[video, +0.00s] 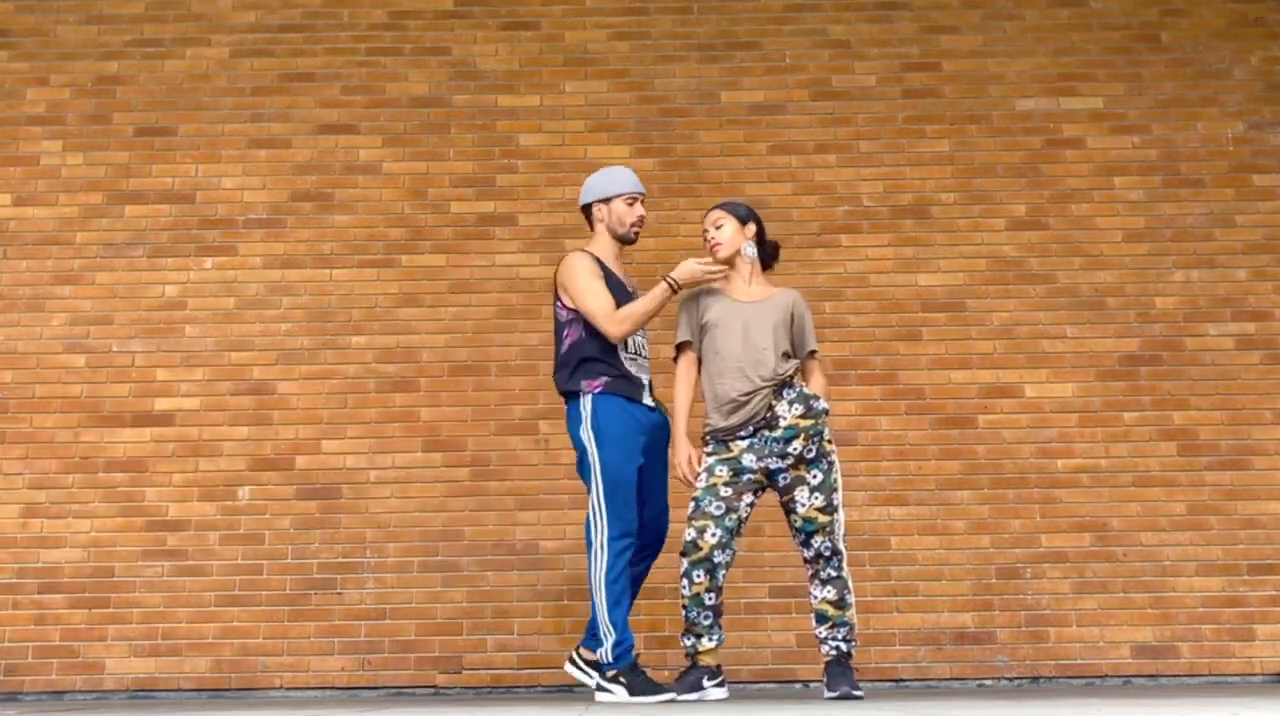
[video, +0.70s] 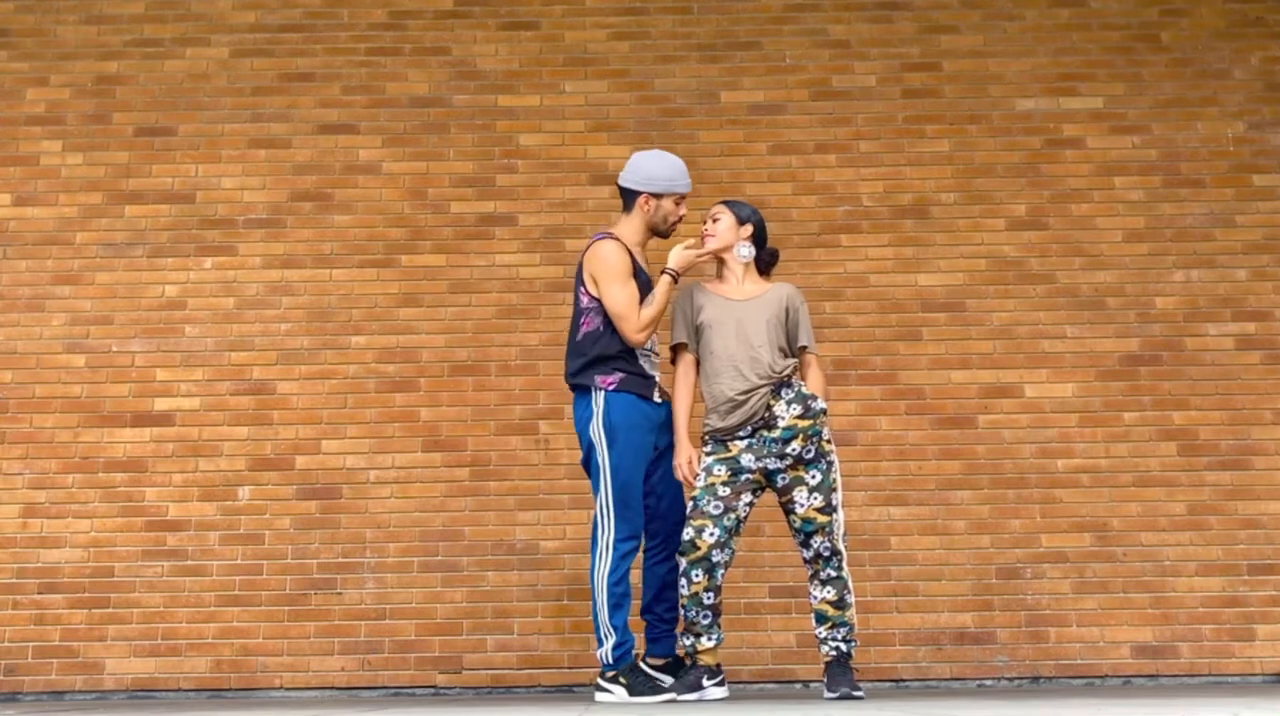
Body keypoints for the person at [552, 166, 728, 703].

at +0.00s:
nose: (640, 212)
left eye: (641, 204)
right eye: (629, 202)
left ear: (630, 214)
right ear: (597, 211)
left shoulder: (622, 282)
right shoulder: (576, 264)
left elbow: (629, 366)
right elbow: (613, 325)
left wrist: (657, 410)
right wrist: (672, 282)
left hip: (643, 413)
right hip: (603, 409)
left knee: (651, 531)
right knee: (617, 530)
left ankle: (593, 651)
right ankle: (617, 662)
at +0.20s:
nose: (661, 207)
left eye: (660, 197)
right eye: (652, 197)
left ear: (626, 203)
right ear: (621, 199)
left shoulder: (615, 260)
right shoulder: (597, 253)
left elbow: (628, 339)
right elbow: (632, 325)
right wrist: (683, 276)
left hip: (635, 403)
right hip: (611, 401)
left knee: (662, 526)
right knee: (624, 526)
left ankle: (633, 653)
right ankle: (619, 662)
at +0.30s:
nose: (666, 208)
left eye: (666, 198)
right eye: (659, 197)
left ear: (630, 201)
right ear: (628, 198)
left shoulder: (618, 255)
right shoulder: (604, 250)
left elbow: (636, 331)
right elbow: (636, 327)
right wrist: (681, 276)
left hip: (632, 401)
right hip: (613, 401)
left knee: (652, 531)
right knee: (623, 529)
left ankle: (663, 660)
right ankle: (617, 667)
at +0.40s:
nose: (672, 207)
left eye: (672, 197)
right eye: (664, 196)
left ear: (636, 199)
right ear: (634, 196)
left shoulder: (624, 253)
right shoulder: (608, 249)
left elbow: (635, 333)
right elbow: (637, 327)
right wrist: (679, 274)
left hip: (630, 403)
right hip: (611, 403)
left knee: (654, 531)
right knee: (621, 531)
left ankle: (678, 659)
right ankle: (617, 667)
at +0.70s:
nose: (682, 214)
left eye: (684, 204)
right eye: (676, 203)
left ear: (650, 202)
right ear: (646, 199)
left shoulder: (638, 261)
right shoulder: (606, 251)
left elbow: (648, 350)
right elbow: (632, 330)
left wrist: (666, 398)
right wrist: (671, 274)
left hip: (647, 405)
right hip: (612, 404)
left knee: (667, 525)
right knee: (619, 530)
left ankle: (663, 655)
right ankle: (616, 665)